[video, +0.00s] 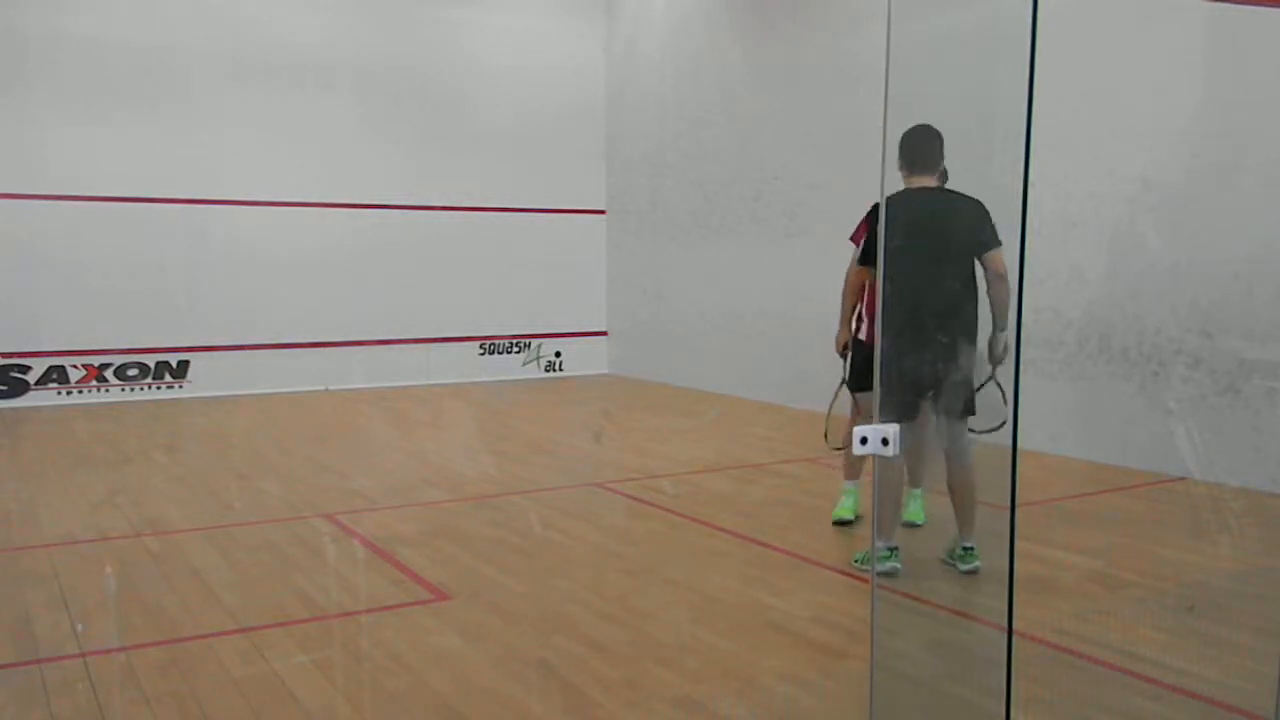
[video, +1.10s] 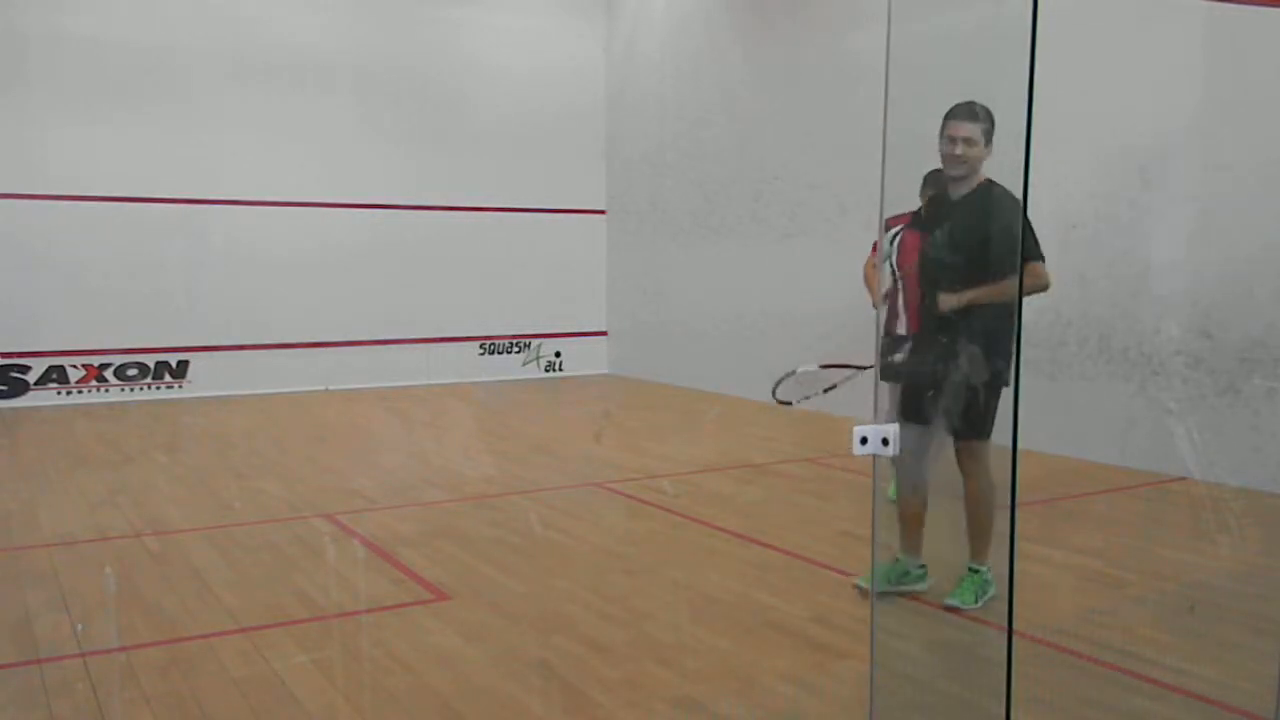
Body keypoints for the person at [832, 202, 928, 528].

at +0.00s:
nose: (922, 192)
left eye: (929, 187)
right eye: (918, 186)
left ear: (939, 183)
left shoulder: (946, 224)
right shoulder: (881, 214)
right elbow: (858, 271)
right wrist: (844, 325)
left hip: (919, 338)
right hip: (872, 335)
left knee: (916, 419)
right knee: (861, 412)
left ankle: (914, 493)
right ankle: (850, 491)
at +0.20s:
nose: (929, 200)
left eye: (935, 194)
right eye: (925, 190)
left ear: (943, 194)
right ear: (915, 184)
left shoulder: (946, 232)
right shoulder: (886, 221)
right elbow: (864, 271)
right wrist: (853, 322)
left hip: (920, 338)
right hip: (877, 334)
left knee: (915, 416)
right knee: (868, 409)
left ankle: (913, 489)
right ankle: (870, 481)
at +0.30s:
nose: (936, 197)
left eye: (942, 190)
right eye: (931, 187)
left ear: (948, 192)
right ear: (920, 183)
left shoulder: (950, 229)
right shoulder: (891, 219)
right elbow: (865, 269)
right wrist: (853, 322)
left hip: (925, 338)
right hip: (882, 334)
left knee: (915, 413)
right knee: (873, 404)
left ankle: (906, 479)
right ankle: (883, 474)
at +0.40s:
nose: (938, 196)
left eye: (943, 189)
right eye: (934, 187)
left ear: (948, 191)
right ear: (922, 184)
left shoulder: (952, 229)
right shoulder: (892, 220)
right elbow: (864, 272)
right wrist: (853, 321)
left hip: (929, 339)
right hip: (887, 336)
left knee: (923, 417)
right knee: (881, 410)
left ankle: (911, 489)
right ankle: (900, 481)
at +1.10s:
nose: (938, 204)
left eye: (944, 197)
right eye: (933, 196)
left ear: (954, 199)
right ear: (923, 196)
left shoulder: (960, 233)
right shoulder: (900, 227)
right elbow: (872, 264)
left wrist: (960, 300)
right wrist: (878, 294)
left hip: (943, 338)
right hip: (903, 334)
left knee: (925, 416)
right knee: (901, 412)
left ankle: (912, 478)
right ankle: (899, 478)